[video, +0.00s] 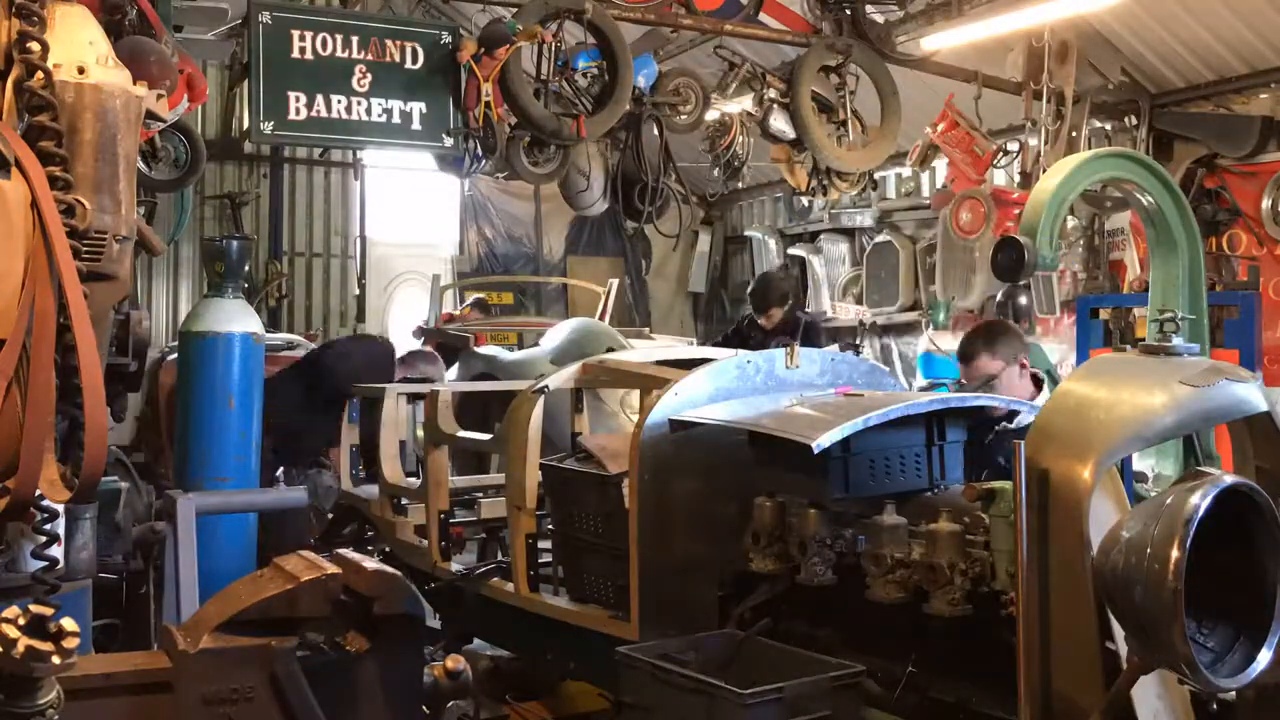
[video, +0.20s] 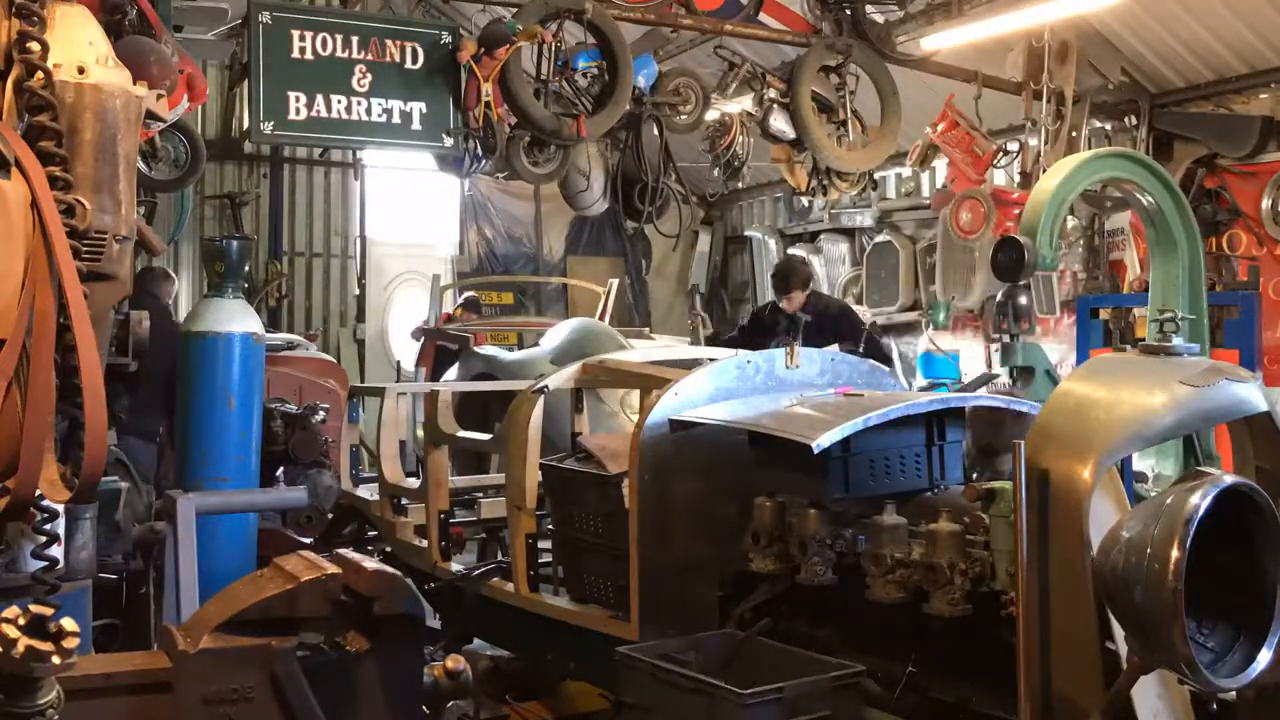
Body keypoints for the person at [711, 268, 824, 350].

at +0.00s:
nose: (762, 322)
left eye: (769, 316)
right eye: (757, 315)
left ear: (786, 305)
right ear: (752, 308)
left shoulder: (808, 327)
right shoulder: (747, 324)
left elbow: (817, 365)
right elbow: (718, 348)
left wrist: (792, 352)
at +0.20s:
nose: (783, 305)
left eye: (789, 299)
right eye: (779, 298)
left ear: (806, 290)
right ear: (774, 290)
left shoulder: (837, 313)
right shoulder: (764, 316)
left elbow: (876, 355)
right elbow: (737, 345)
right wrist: (708, 336)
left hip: (828, 398)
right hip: (775, 398)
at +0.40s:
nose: (786, 300)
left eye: (792, 293)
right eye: (782, 293)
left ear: (811, 285)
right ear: (778, 289)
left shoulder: (845, 314)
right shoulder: (772, 316)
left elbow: (887, 361)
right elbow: (741, 343)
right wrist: (706, 337)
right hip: (786, 398)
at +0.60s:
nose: (787, 307)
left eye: (793, 301)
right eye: (783, 300)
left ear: (811, 294)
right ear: (780, 295)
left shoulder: (844, 317)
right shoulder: (774, 321)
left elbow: (890, 360)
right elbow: (737, 344)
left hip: (841, 401)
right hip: (787, 402)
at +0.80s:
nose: (775, 299)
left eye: (781, 293)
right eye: (771, 292)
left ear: (800, 283)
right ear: (766, 285)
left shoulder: (832, 308)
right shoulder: (762, 313)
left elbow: (861, 347)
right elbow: (732, 343)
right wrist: (689, 343)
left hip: (823, 389)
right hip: (772, 390)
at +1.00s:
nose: (770, 288)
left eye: (776, 282)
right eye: (767, 282)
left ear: (796, 273)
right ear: (763, 277)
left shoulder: (827, 303)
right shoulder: (764, 305)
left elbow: (857, 348)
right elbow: (737, 343)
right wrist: (703, 326)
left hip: (819, 389)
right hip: (770, 388)